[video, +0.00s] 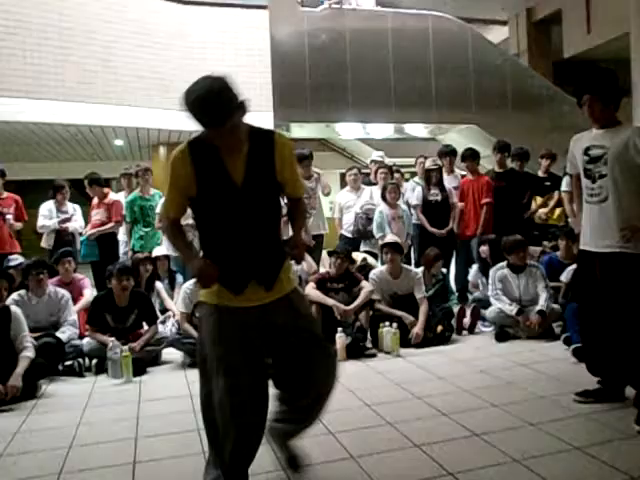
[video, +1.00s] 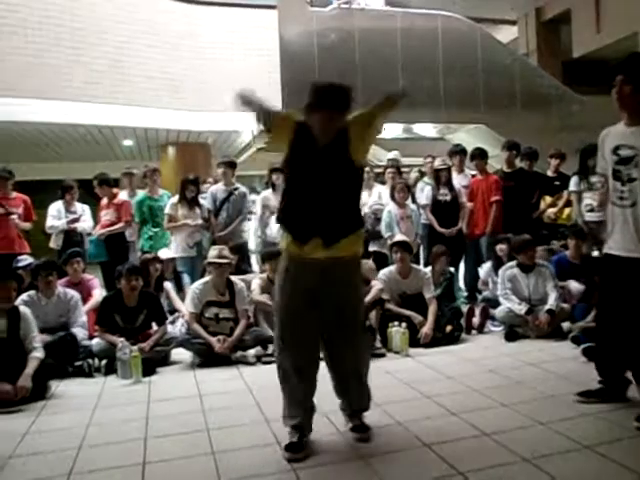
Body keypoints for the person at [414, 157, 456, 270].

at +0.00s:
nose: (435, 175)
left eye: (437, 172)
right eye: (431, 172)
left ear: (441, 173)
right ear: (427, 174)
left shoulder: (447, 190)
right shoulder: (421, 190)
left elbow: (453, 207)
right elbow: (418, 211)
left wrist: (450, 225)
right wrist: (430, 228)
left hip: (445, 231)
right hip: (427, 231)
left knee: (444, 265)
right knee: (426, 264)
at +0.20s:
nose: (435, 175)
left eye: (437, 172)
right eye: (432, 172)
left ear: (441, 174)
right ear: (427, 174)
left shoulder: (447, 190)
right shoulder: (422, 190)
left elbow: (453, 208)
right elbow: (418, 212)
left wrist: (450, 225)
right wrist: (430, 229)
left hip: (445, 231)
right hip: (427, 231)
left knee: (444, 264)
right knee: (427, 263)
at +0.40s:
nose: (434, 175)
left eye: (437, 172)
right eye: (431, 172)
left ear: (440, 173)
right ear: (426, 174)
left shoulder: (446, 190)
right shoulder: (421, 190)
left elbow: (453, 207)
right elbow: (418, 211)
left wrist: (450, 225)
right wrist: (430, 229)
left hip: (444, 231)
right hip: (427, 231)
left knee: (444, 264)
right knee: (426, 263)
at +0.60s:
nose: (434, 178)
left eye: (437, 174)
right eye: (431, 175)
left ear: (440, 176)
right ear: (427, 177)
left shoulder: (446, 190)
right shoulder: (421, 191)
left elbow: (452, 207)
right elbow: (418, 212)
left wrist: (449, 225)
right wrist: (430, 229)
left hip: (444, 232)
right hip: (427, 232)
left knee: (443, 265)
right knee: (426, 264)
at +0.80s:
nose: (434, 175)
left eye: (436, 172)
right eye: (431, 172)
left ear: (440, 173)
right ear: (426, 174)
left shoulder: (446, 190)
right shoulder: (421, 191)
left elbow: (453, 208)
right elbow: (418, 211)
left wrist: (449, 226)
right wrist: (430, 229)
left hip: (444, 231)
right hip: (427, 232)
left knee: (443, 265)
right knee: (426, 264)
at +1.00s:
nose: (444, 174)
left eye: (446, 171)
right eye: (441, 171)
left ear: (450, 173)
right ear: (436, 173)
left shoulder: (456, 190)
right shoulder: (431, 190)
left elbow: (463, 207)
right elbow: (427, 211)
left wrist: (459, 225)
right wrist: (439, 228)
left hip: (454, 232)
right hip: (437, 232)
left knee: (453, 266)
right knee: (437, 264)